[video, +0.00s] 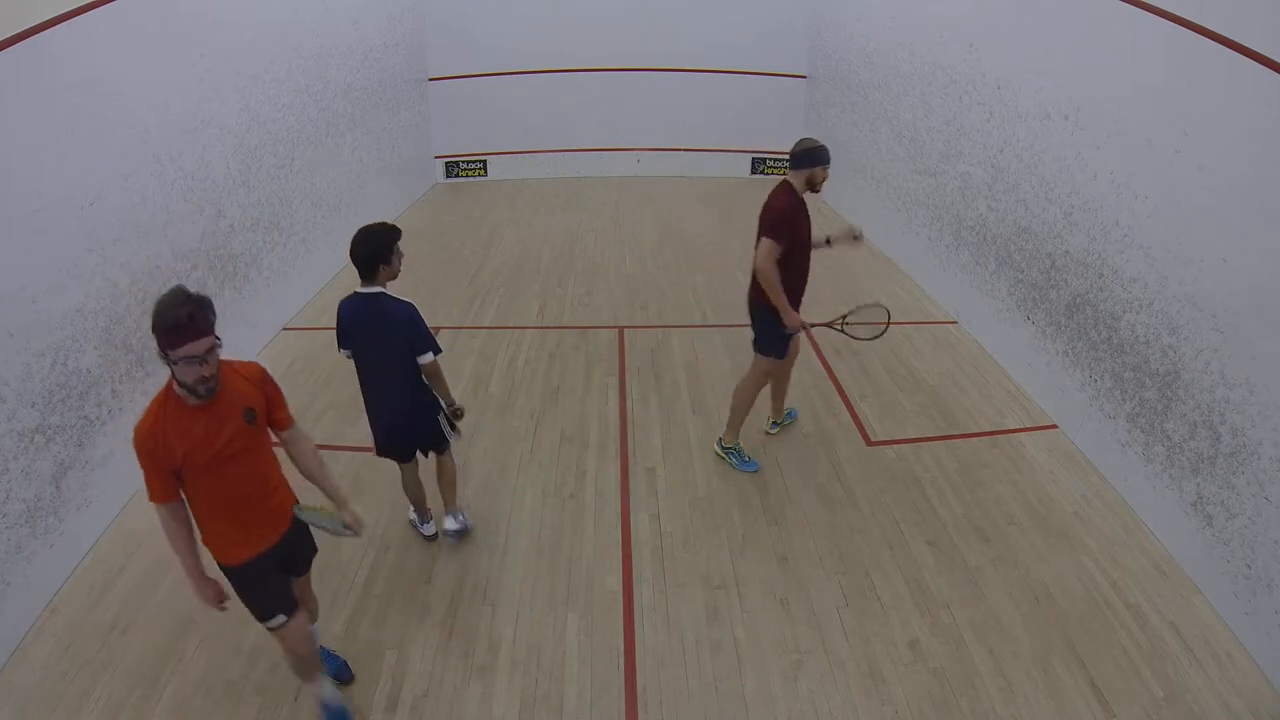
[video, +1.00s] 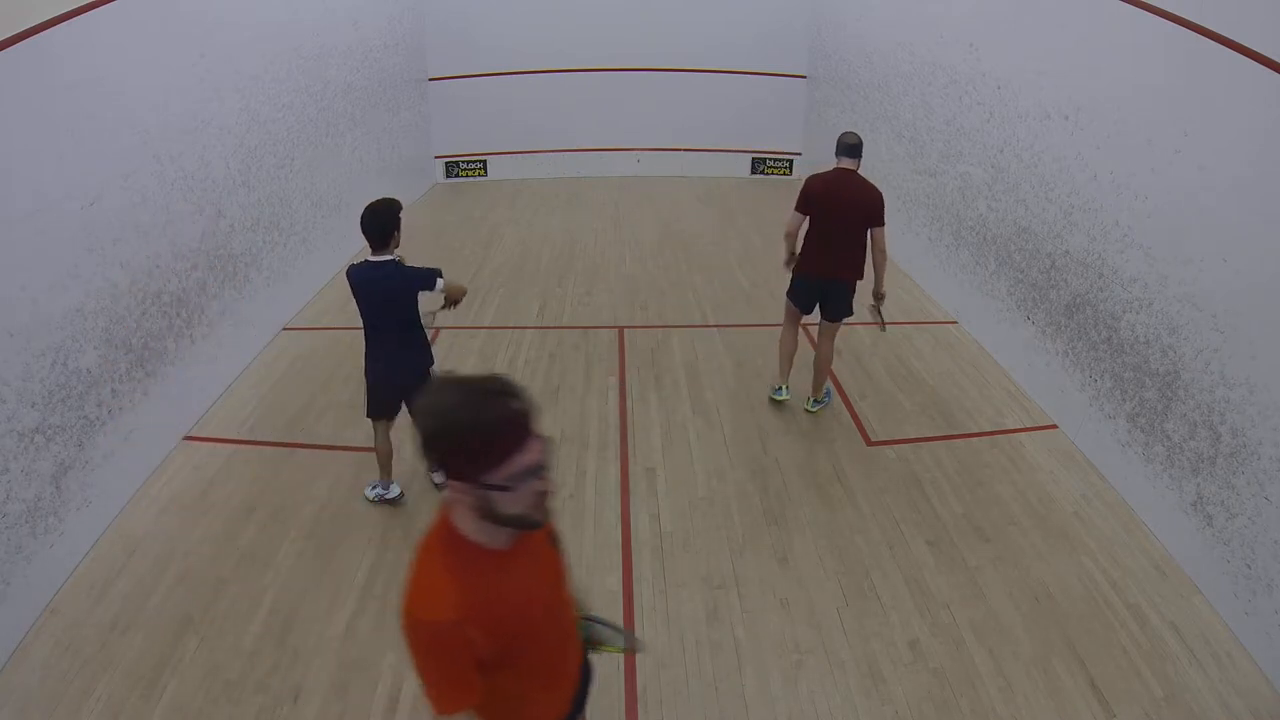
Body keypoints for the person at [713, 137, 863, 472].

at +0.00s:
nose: (827, 176)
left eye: (828, 169)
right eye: (825, 169)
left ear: (802, 168)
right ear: (810, 169)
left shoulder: (792, 198)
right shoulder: (783, 205)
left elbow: (795, 246)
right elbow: (764, 264)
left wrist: (833, 240)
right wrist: (786, 310)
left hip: (785, 300)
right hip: (770, 305)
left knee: (787, 356)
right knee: (761, 371)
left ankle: (778, 416)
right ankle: (728, 441)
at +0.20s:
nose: (828, 166)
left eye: (828, 160)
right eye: (829, 161)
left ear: (799, 158)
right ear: (823, 162)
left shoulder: (784, 187)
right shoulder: (810, 201)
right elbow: (804, 262)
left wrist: (819, 188)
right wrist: (816, 310)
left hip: (774, 285)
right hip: (793, 295)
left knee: (782, 351)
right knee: (807, 364)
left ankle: (774, 412)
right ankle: (753, 424)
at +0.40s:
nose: (831, 162)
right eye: (832, 158)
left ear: (804, 157)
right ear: (832, 160)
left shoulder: (785, 188)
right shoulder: (834, 200)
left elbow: (779, 235)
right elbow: (841, 259)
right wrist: (850, 298)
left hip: (779, 288)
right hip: (815, 293)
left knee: (779, 351)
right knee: (818, 351)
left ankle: (775, 417)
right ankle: (801, 415)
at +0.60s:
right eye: (842, 160)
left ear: (818, 158)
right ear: (843, 161)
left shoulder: (794, 189)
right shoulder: (850, 199)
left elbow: (775, 239)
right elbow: (866, 245)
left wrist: (767, 275)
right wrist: (871, 271)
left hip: (791, 283)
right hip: (827, 288)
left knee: (787, 348)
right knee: (821, 346)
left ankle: (776, 415)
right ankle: (818, 397)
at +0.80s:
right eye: (853, 158)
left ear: (830, 155)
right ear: (856, 159)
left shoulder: (807, 185)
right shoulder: (866, 196)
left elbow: (782, 231)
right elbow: (878, 246)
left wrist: (768, 266)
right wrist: (877, 270)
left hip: (802, 278)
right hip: (837, 284)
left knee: (792, 336)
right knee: (825, 342)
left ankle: (779, 400)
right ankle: (816, 396)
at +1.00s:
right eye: (857, 156)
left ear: (835, 153)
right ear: (861, 157)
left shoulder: (815, 183)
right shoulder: (872, 194)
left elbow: (791, 230)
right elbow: (879, 249)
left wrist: (790, 254)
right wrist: (879, 286)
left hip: (808, 272)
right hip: (843, 279)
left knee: (791, 322)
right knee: (826, 339)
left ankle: (782, 386)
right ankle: (815, 396)